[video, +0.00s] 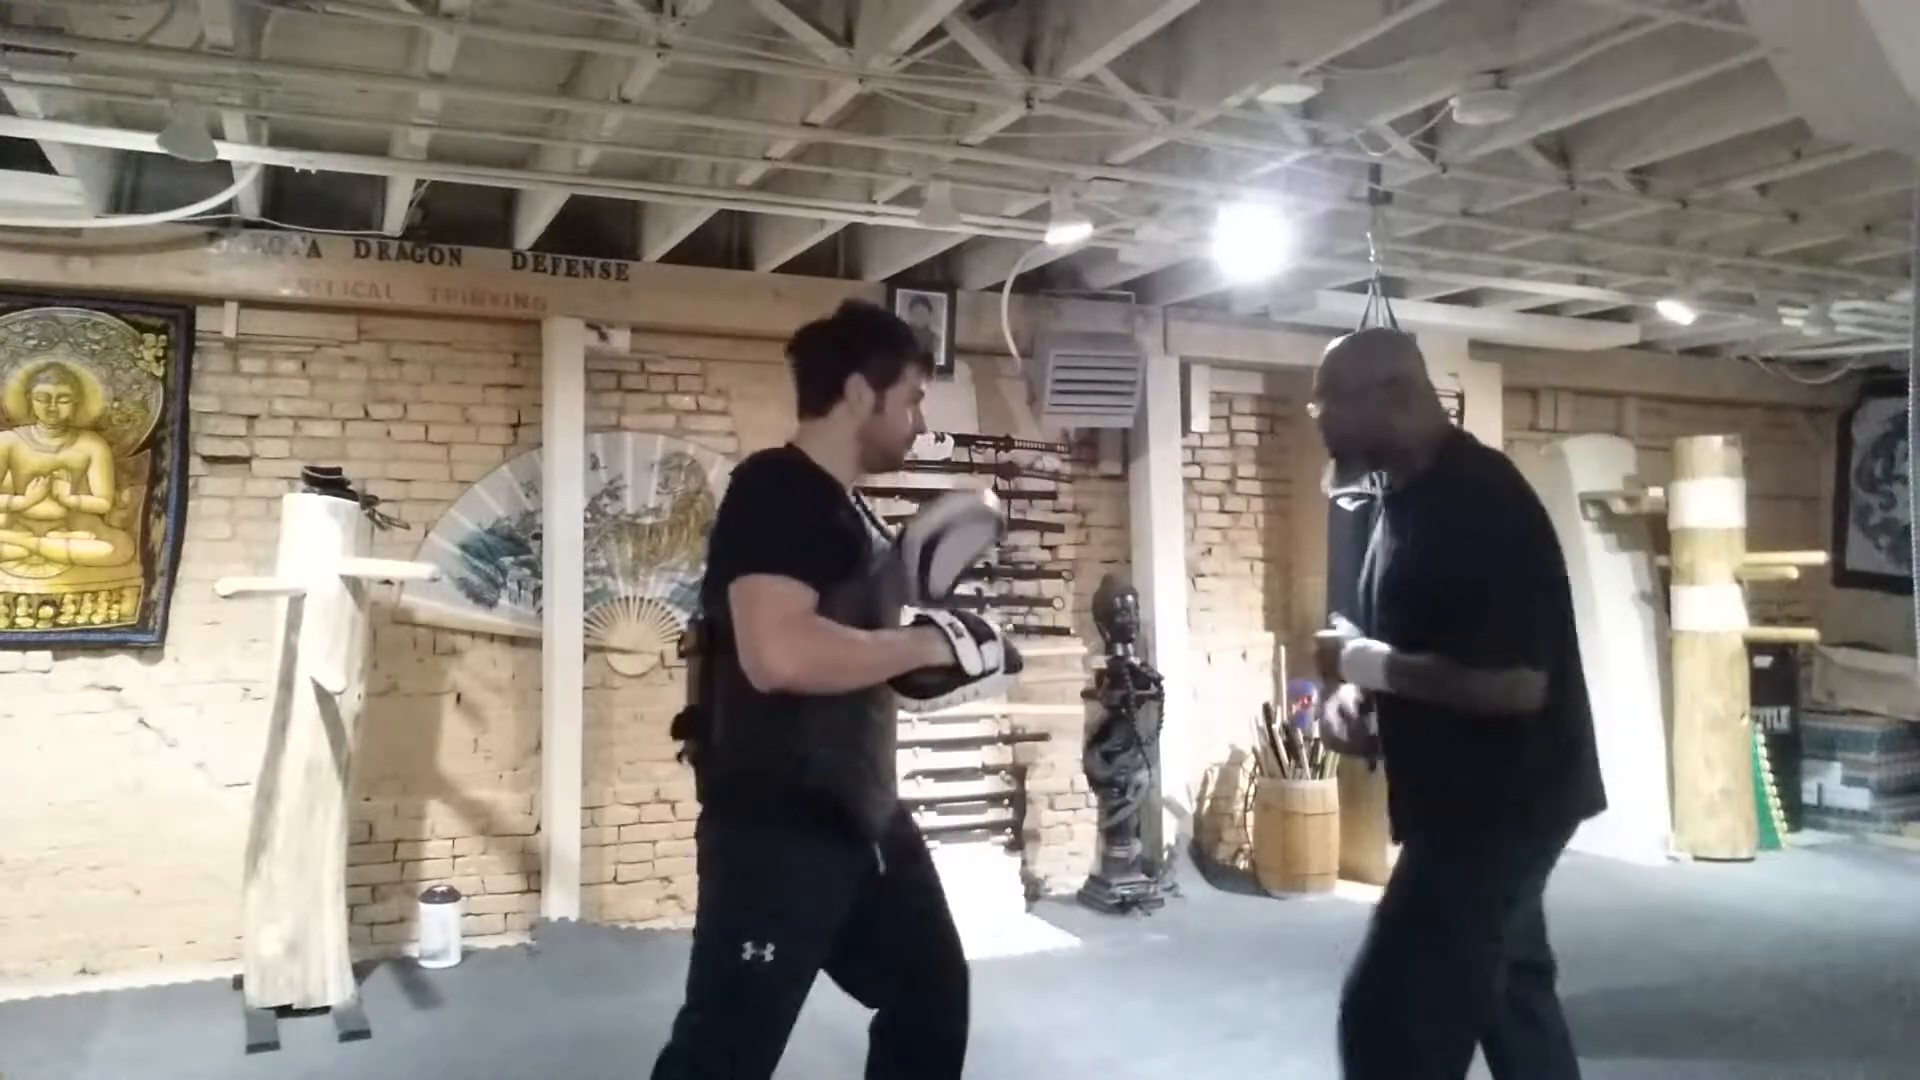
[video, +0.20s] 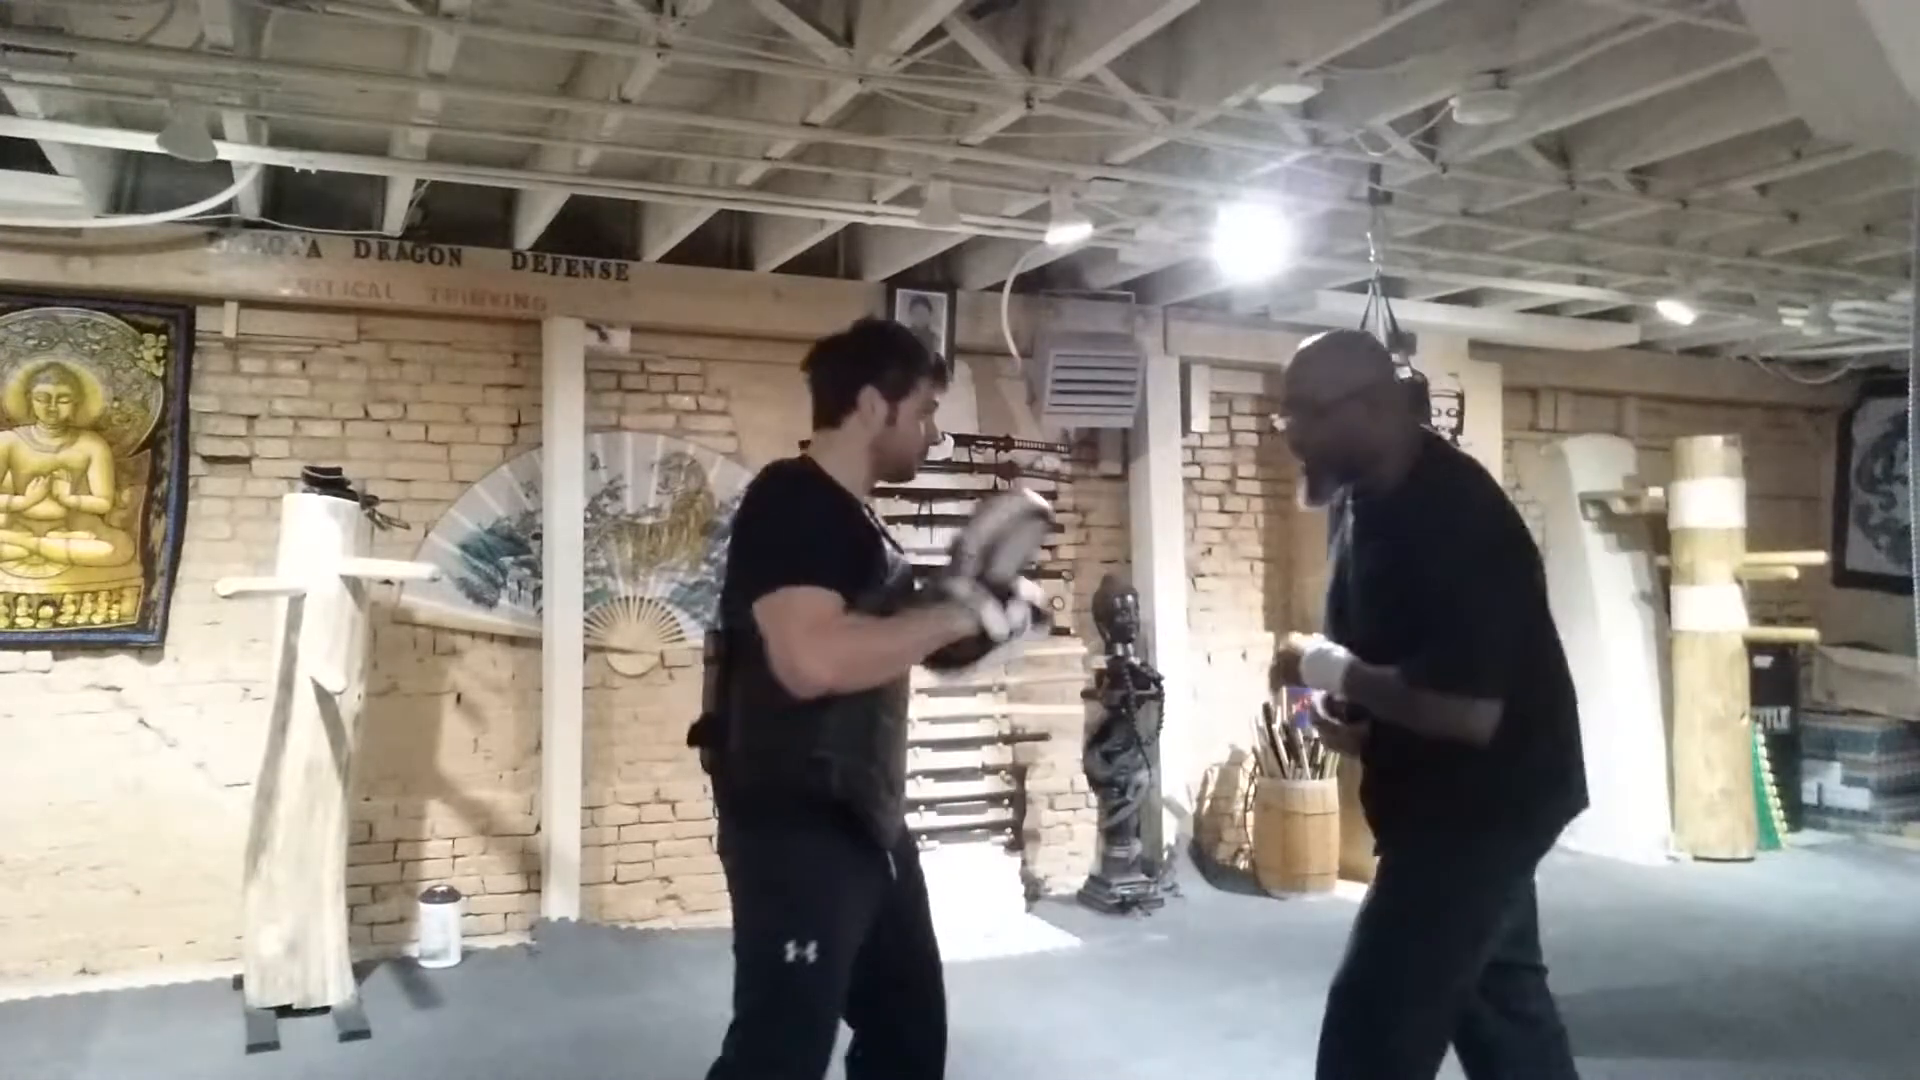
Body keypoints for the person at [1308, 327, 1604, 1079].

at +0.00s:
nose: (1320, 423)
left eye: (1329, 404)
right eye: (1319, 406)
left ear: (1391, 396)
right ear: (1394, 399)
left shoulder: (1482, 495)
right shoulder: (1406, 500)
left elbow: (1517, 681)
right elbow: (1425, 647)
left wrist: (1366, 665)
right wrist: (1359, 697)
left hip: (1504, 805)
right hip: (1457, 798)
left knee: (1390, 1022)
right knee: (1517, 1004)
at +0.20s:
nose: (1289, 433)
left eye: (1305, 411)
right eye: (1287, 413)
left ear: (1372, 407)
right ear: (1370, 411)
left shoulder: (1454, 509)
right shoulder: (1366, 503)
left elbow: (1473, 713)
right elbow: (1378, 653)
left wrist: (1337, 673)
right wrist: (1345, 705)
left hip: (1488, 804)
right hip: (1430, 794)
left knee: (1369, 1038)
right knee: (1508, 1021)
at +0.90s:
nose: (1350, 405)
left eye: (1361, 385)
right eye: (1348, 388)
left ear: (1428, 375)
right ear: (1423, 380)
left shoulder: (1526, 486)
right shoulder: (1417, 490)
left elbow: (1572, 657)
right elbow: (1432, 637)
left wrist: (1392, 636)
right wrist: (1359, 677)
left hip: (1497, 798)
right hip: (1440, 789)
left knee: (1389, 1028)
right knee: (1514, 1017)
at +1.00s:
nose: (1357, 401)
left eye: (1370, 379)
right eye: (1355, 383)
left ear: (1439, 374)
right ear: (1434, 379)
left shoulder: (1520, 478)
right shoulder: (1434, 478)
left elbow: (1585, 645)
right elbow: (1457, 629)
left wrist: (1411, 652)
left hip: (1498, 798)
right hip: (1449, 789)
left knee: (1394, 1035)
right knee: (1517, 1022)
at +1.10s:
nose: (1360, 407)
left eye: (1370, 386)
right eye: (1357, 390)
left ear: (1439, 376)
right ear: (1437, 380)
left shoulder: (1513, 476)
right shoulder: (1446, 476)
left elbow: (1570, 646)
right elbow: (1452, 606)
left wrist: (1419, 649)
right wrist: (1379, 614)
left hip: (1500, 793)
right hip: (1464, 783)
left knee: (1390, 1021)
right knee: (1516, 1013)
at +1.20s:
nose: (1356, 409)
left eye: (1365, 389)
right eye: (1353, 392)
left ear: (1432, 378)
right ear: (1433, 381)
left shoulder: (1505, 476)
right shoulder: (1455, 475)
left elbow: (1530, 652)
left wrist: (1393, 623)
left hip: (1493, 798)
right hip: (1478, 788)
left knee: (1381, 1026)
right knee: (1521, 1016)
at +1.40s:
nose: (1328, 404)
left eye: (1341, 384)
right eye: (1329, 385)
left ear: (1411, 379)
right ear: (1414, 382)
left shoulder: (1478, 474)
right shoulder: (1425, 477)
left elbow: (1457, 655)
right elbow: (1433, 626)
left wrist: (1325, 572)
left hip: (1494, 797)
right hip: (1470, 788)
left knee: (1378, 1034)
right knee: (1518, 1024)